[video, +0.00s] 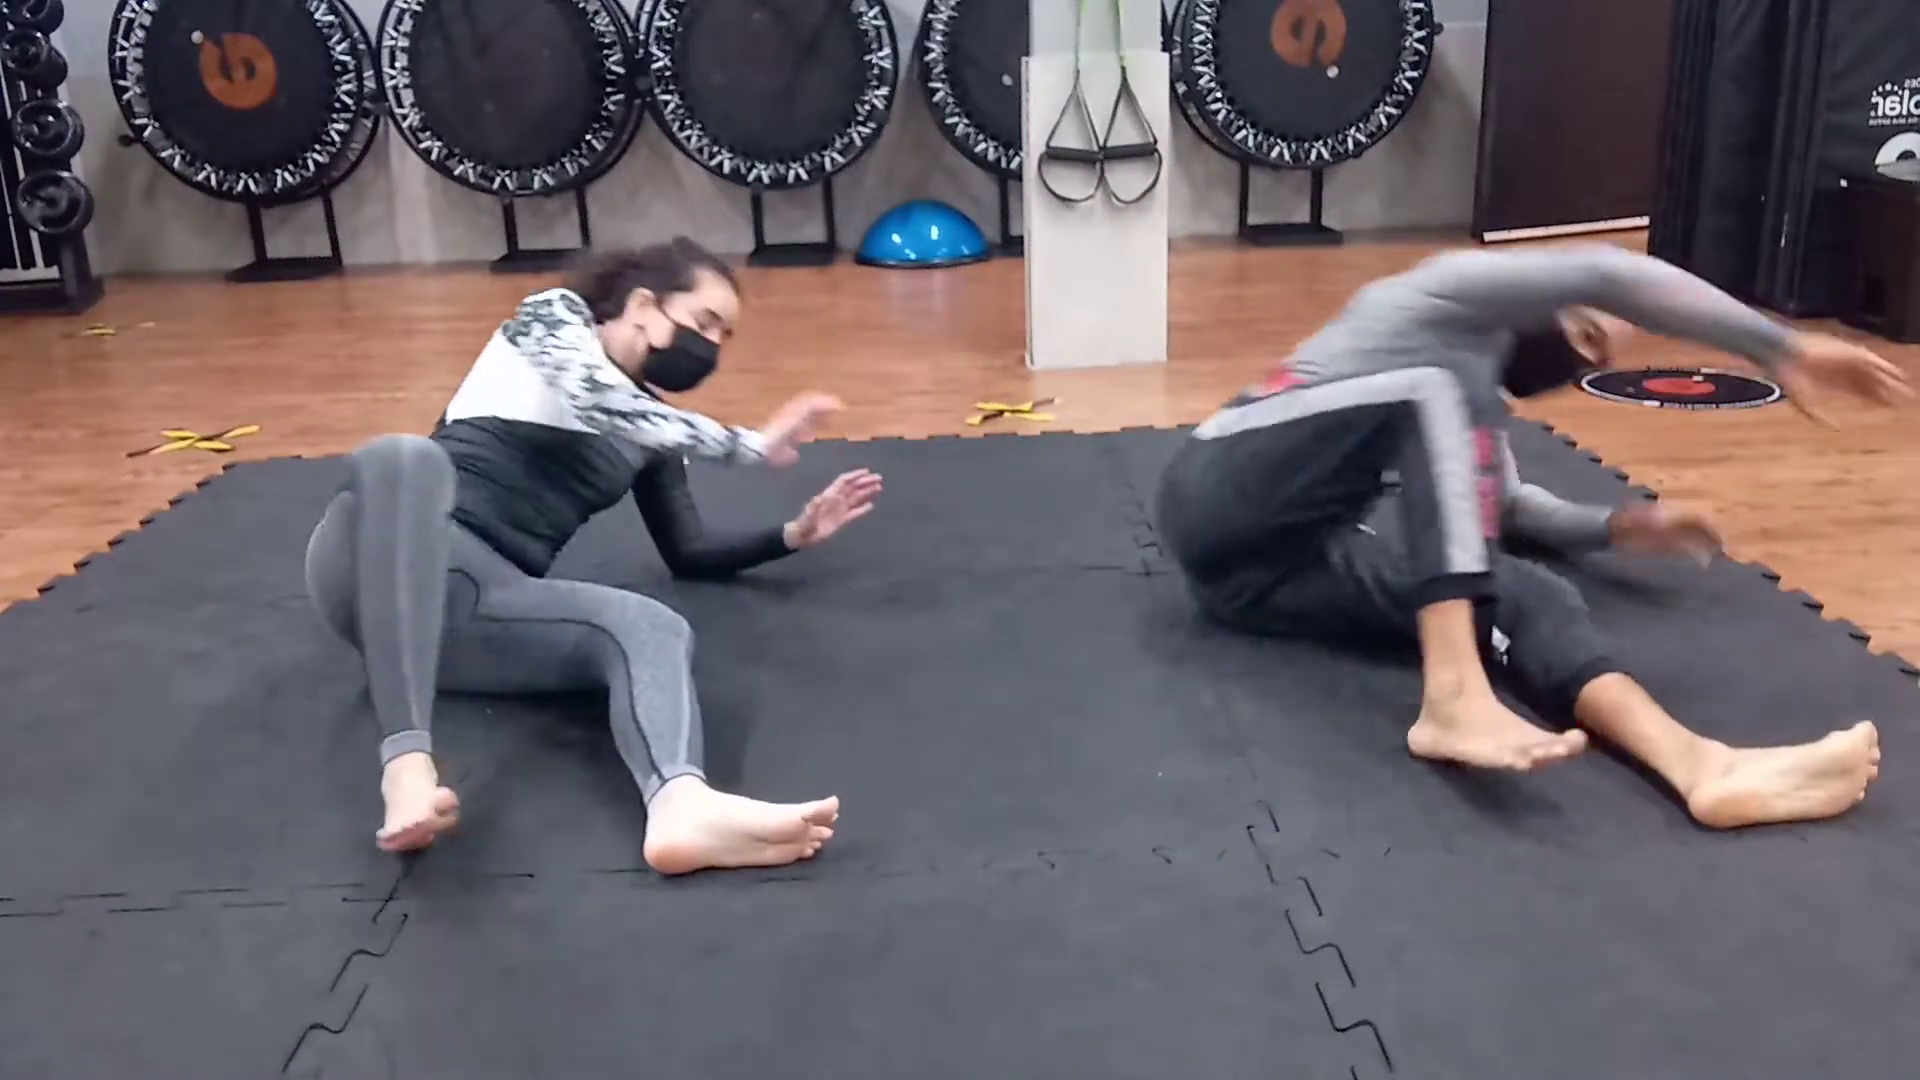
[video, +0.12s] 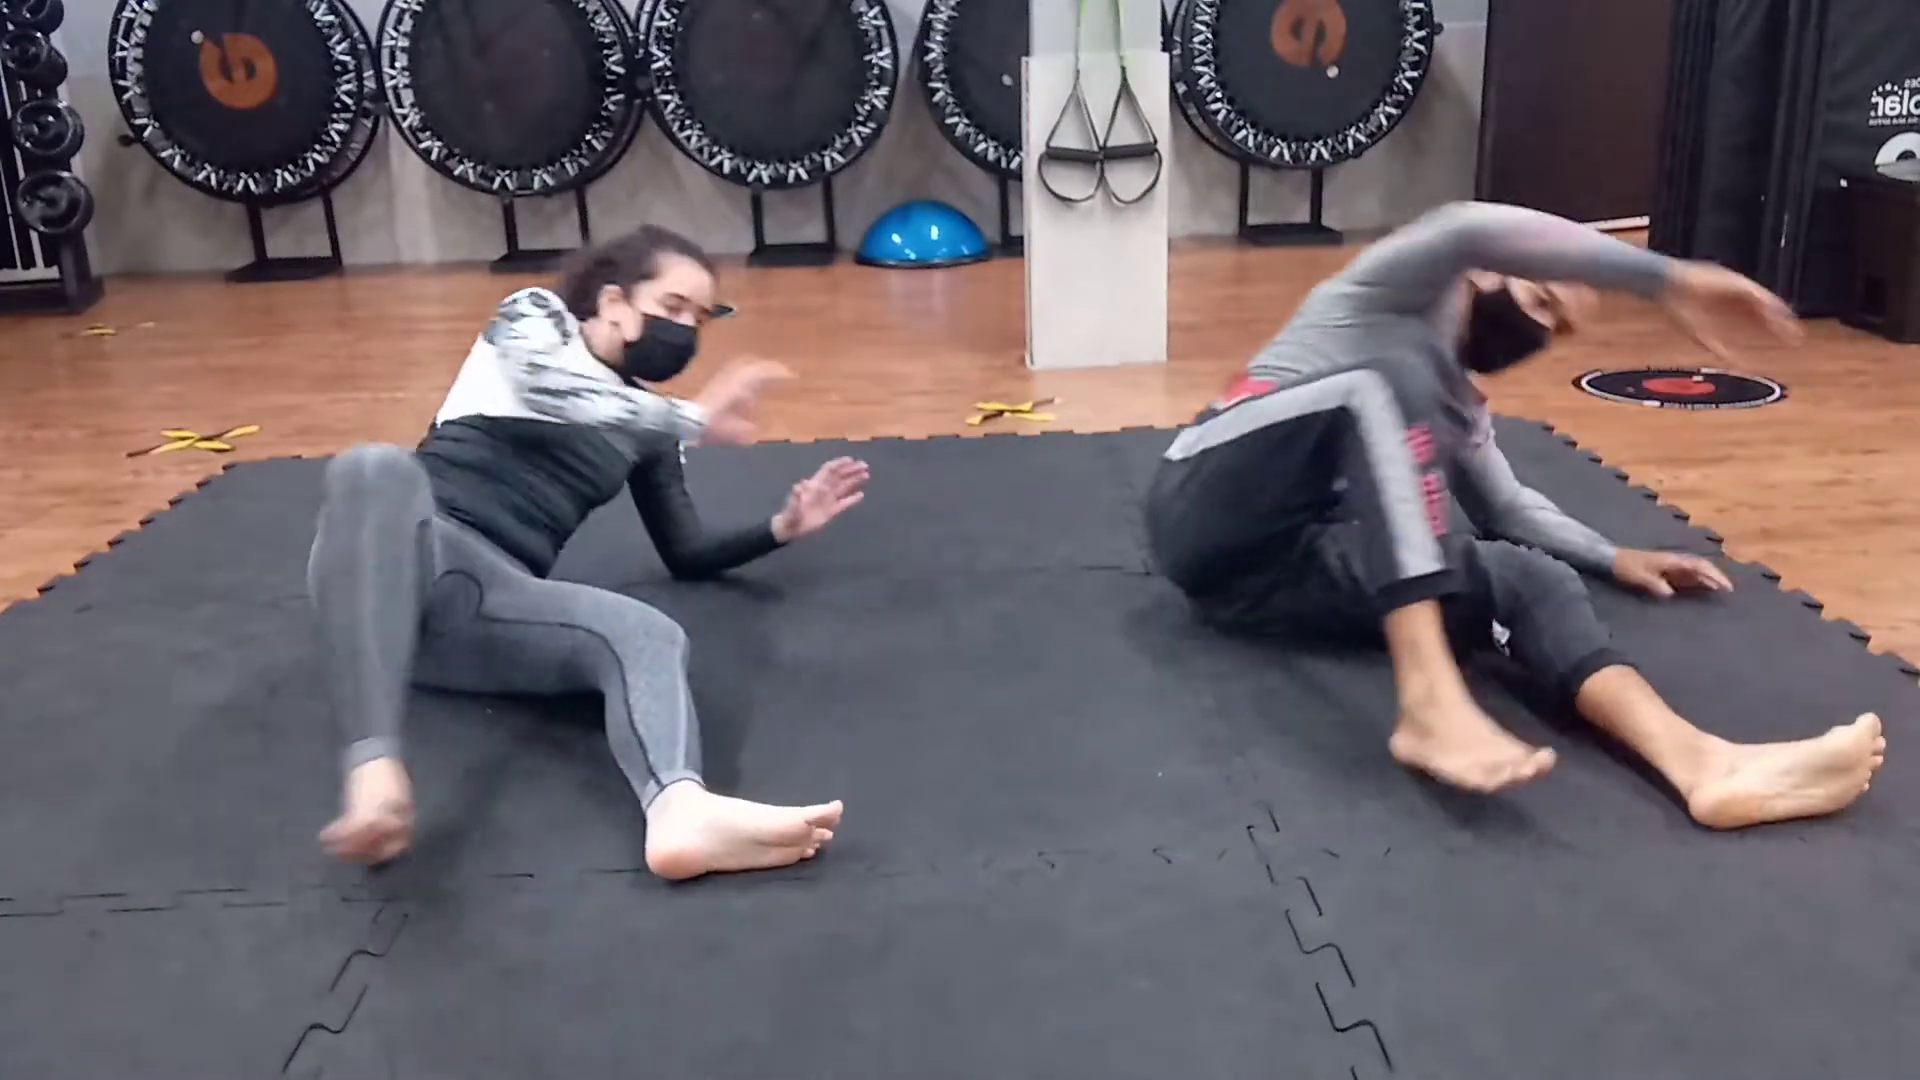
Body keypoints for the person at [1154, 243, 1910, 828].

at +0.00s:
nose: (1605, 352)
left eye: (1608, 346)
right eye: (1600, 333)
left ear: (1553, 362)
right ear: (1555, 305)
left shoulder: (1475, 425)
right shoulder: (1450, 300)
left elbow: (1509, 509)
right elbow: (1609, 270)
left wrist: (1625, 526)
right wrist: (1782, 345)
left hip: (1270, 588)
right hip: (1217, 493)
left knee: (1524, 586)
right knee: (1431, 392)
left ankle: (1701, 766)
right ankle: (1454, 696)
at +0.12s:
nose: (1544, 300)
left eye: (1555, 314)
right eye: (1544, 285)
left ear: (1521, 346)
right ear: (1495, 265)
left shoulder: (1454, 410)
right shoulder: (1396, 293)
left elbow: (1508, 511)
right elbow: (1475, 229)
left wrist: (1619, 561)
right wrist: (1669, 279)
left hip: (1281, 585)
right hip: (1205, 508)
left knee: (1527, 577)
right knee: (1377, 386)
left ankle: (1703, 763)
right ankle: (1431, 705)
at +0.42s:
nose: (1461, 270)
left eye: (1478, 263)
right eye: (1453, 248)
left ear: (1481, 284)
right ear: (1405, 238)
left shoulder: (1423, 383)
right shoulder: (1308, 279)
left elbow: (1486, 512)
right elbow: (1214, 246)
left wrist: (1619, 565)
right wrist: (1407, 222)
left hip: (1288, 569)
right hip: (1180, 535)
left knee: (1517, 558)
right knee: (1253, 406)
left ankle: (1702, 757)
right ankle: (1332, 716)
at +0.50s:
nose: (1427, 246)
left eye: (1451, 239)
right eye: (1417, 223)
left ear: (1457, 267)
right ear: (1375, 223)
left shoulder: (1410, 375)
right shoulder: (1279, 277)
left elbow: (1485, 506)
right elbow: (1170, 271)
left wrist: (1618, 567)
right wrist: (1351, 231)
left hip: (1283, 560)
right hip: (1171, 534)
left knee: (1510, 552)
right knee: (1225, 412)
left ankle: (1702, 757)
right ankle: (1314, 720)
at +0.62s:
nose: (1364, 237)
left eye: (1390, 234)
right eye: (1359, 211)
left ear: (1402, 257)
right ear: (1318, 199)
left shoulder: (1383, 359)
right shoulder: (1222, 273)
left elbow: (1487, 483)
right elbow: (1098, 309)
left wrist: (1621, 568)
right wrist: (1268, 258)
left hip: (1278, 557)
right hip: (1160, 546)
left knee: (1505, 545)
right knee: (1173, 427)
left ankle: (1697, 755)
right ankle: (1287, 721)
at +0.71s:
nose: (1341, 241)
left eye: (1367, 231)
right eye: (1329, 212)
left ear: (1382, 241)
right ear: (1282, 194)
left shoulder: (1367, 349)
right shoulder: (1193, 284)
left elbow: (1483, 467)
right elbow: (1050, 340)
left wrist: (1621, 565)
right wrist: (1213, 271)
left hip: (1282, 557)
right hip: (1165, 550)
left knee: (1496, 544)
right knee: (1151, 435)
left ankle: (1694, 755)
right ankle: (1275, 723)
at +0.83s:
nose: (1285, 224)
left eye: (1313, 212)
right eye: (1270, 199)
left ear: (1339, 228)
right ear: (1234, 195)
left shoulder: (1339, 333)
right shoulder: (1158, 284)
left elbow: (1479, 444)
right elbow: (998, 378)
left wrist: (1628, 549)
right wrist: (1126, 302)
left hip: (1273, 547)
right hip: (1153, 547)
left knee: (1486, 535)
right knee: (1128, 437)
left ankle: (1692, 755)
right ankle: (1266, 724)